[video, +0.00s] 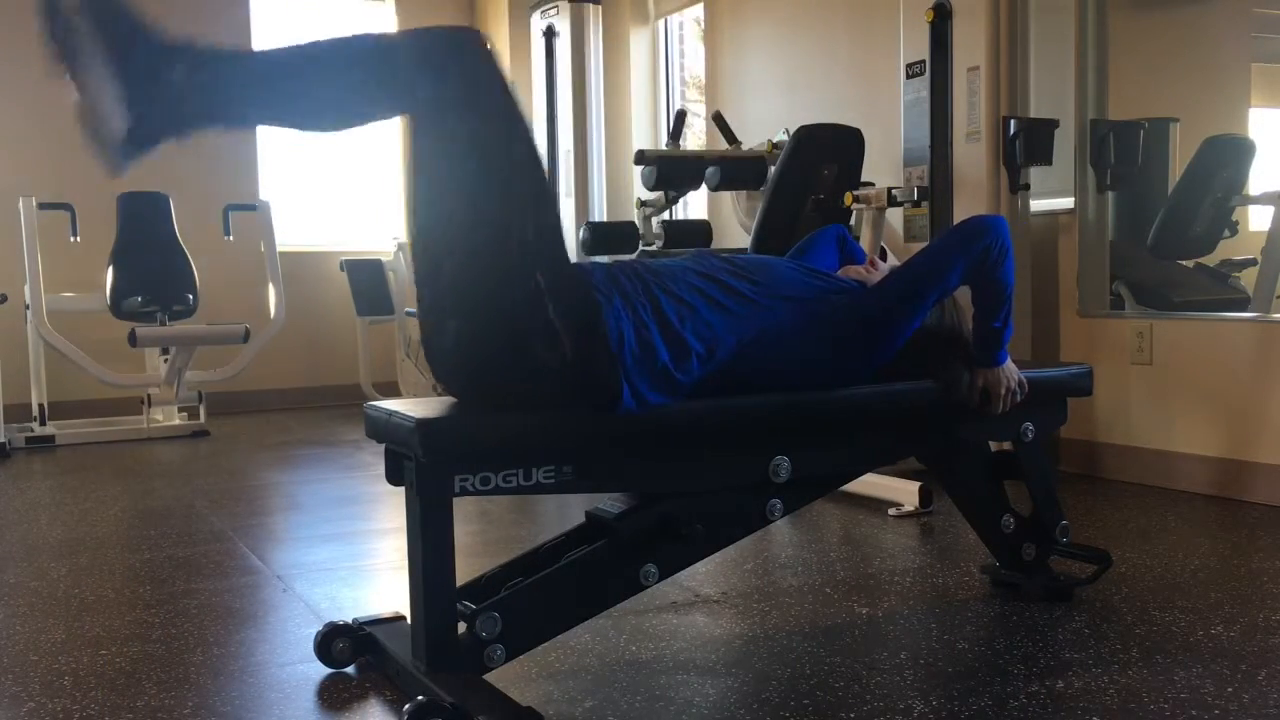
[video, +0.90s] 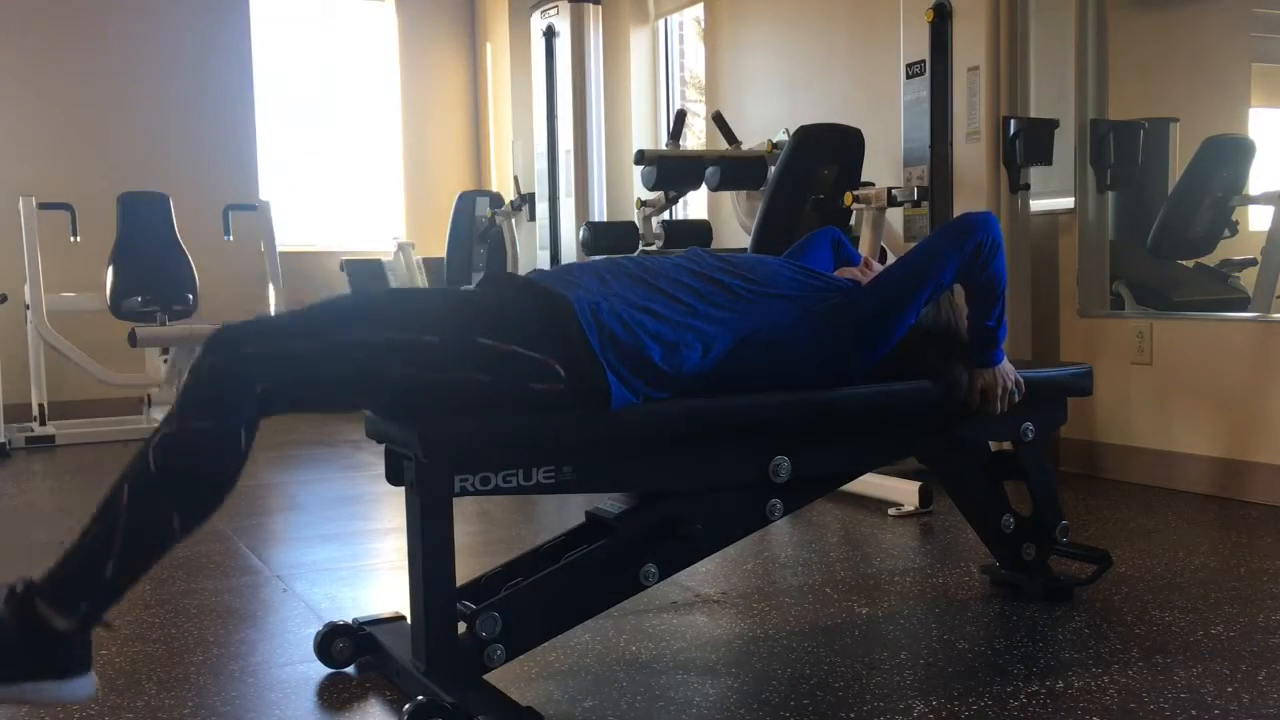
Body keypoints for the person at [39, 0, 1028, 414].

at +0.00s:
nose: (870, 244)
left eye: (889, 249)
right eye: (870, 237)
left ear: (899, 298)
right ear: (850, 259)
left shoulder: (855, 329)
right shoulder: (800, 292)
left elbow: (992, 235)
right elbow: (824, 200)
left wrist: (986, 349)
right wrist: (870, 249)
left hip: (539, 356)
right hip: (531, 326)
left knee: (452, 64)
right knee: (451, 63)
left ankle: (156, 98)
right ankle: (169, 80)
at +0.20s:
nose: (883, 252)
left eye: (903, 258)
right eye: (887, 244)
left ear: (909, 294)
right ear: (868, 258)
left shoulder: (850, 329)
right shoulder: (800, 288)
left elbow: (981, 233)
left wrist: (966, 332)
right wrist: (901, 262)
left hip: (547, 351)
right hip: (534, 309)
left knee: (357, 104)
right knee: (356, 96)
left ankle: (91, 221)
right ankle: (129, 225)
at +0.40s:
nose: (863, 245)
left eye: (882, 255)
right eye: (862, 239)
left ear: (892, 309)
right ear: (836, 260)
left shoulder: (842, 328)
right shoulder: (784, 282)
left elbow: (985, 232)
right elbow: (824, 160)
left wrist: (966, 340)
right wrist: (864, 240)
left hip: (541, 346)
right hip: (521, 303)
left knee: (274, 176)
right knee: (293, 168)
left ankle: (41, 361)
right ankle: (178, 272)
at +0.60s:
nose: (877, 244)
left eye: (899, 263)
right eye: (889, 253)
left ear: (914, 323)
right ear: (881, 307)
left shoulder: (855, 325)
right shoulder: (788, 282)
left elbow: (984, 228)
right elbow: (823, 157)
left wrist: (979, 354)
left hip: (554, 342)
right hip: (524, 304)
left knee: (238, 256)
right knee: (254, 235)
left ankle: (41, 493)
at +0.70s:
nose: (881, 247)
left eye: (900, 256)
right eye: (883, 238)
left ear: (899, 296)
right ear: (859, 251)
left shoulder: (849, 322)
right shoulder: (790, 281)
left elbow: (985, 235)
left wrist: (974, 351)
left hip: (552, 352)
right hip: (527, 300)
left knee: (234, 307)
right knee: (331, 272)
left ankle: (41, 550)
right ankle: (183, 296)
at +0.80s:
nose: (874, 246)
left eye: (892, 252)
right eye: (874, 239)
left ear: (895, 286)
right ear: (851, 251)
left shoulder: (854, 323)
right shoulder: (786, 284)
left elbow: (979, 234)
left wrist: (968, 351)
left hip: (552, 344)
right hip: (520, 298)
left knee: (227, 350)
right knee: (241, 328)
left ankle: (48, 592)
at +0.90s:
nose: (884, 255)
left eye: (896, 264)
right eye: (890, 253)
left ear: (898, 297)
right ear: (867, 267)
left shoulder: (860, 321)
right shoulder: (782, 289)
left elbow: (979, 222)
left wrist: (977, 351)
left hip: (552, 347)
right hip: (515, 304)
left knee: (239, 365)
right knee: (259, 341)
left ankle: (59, 619)